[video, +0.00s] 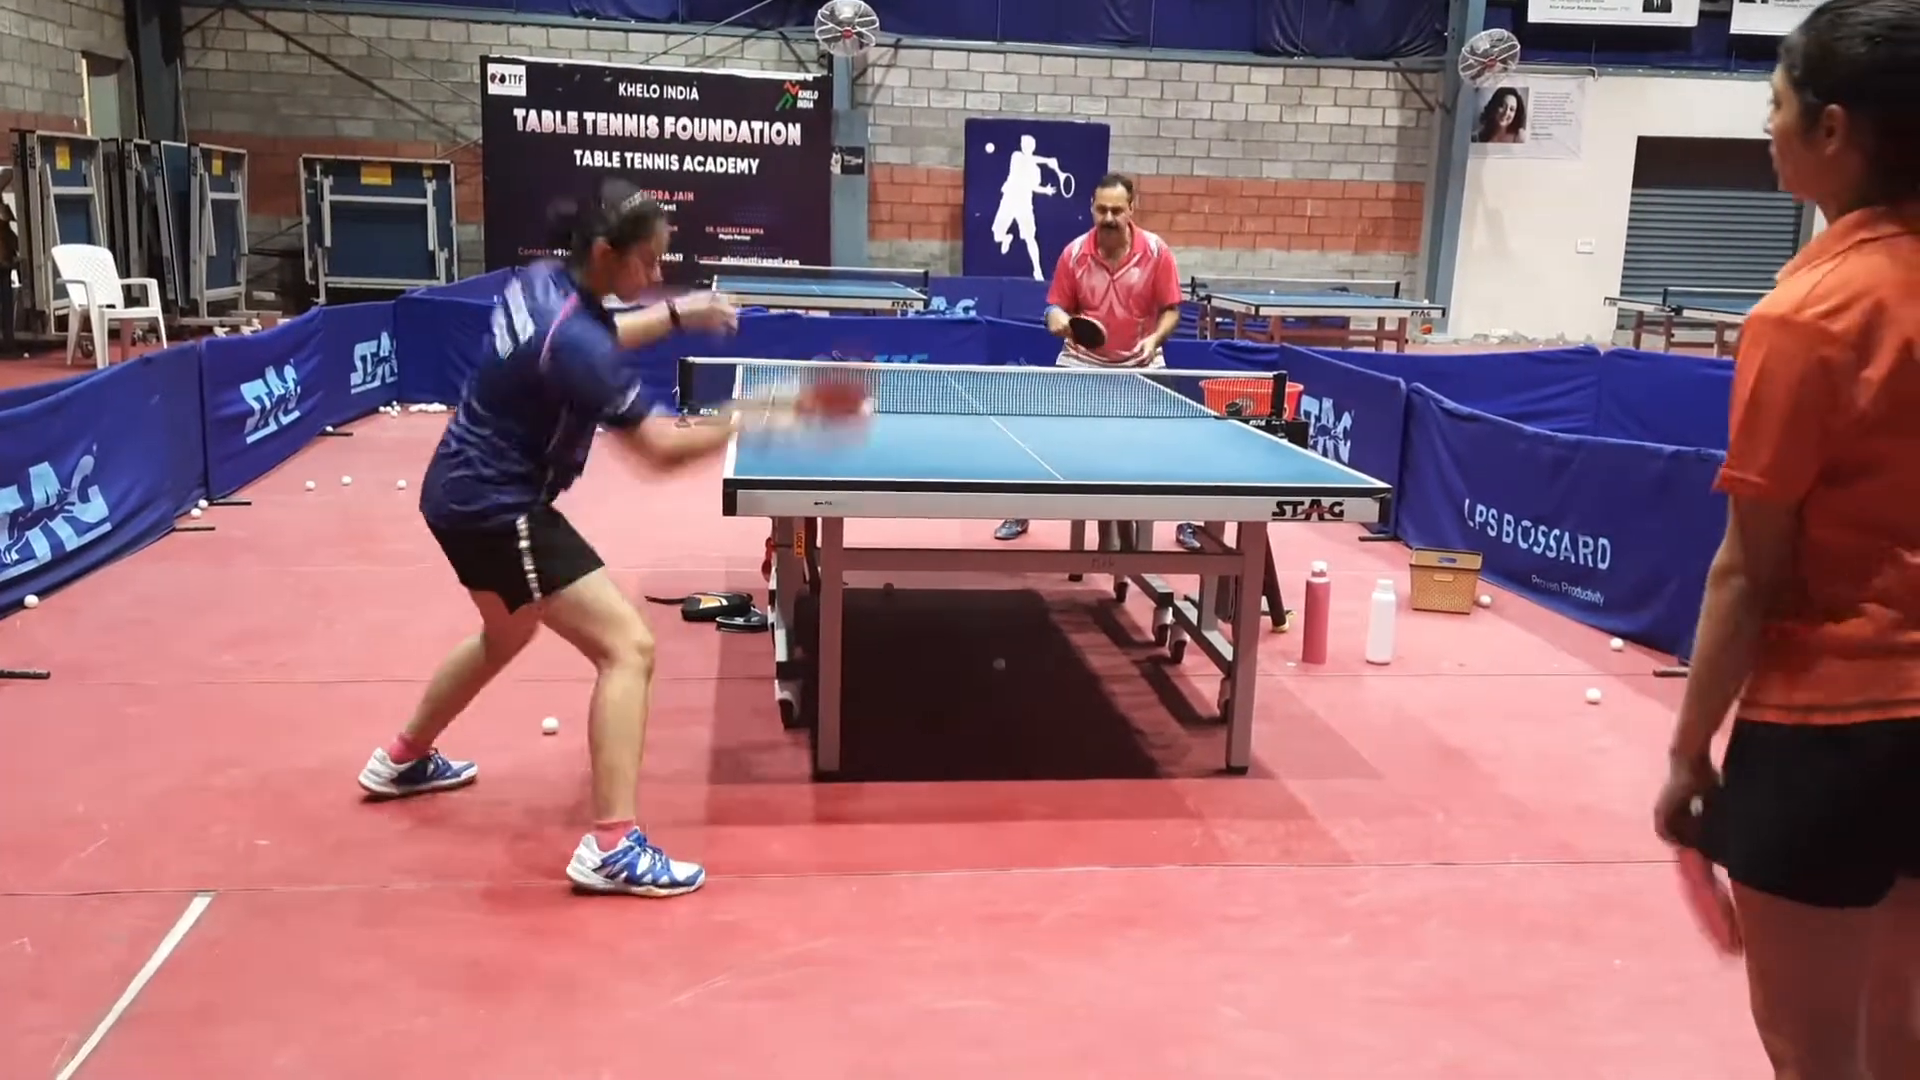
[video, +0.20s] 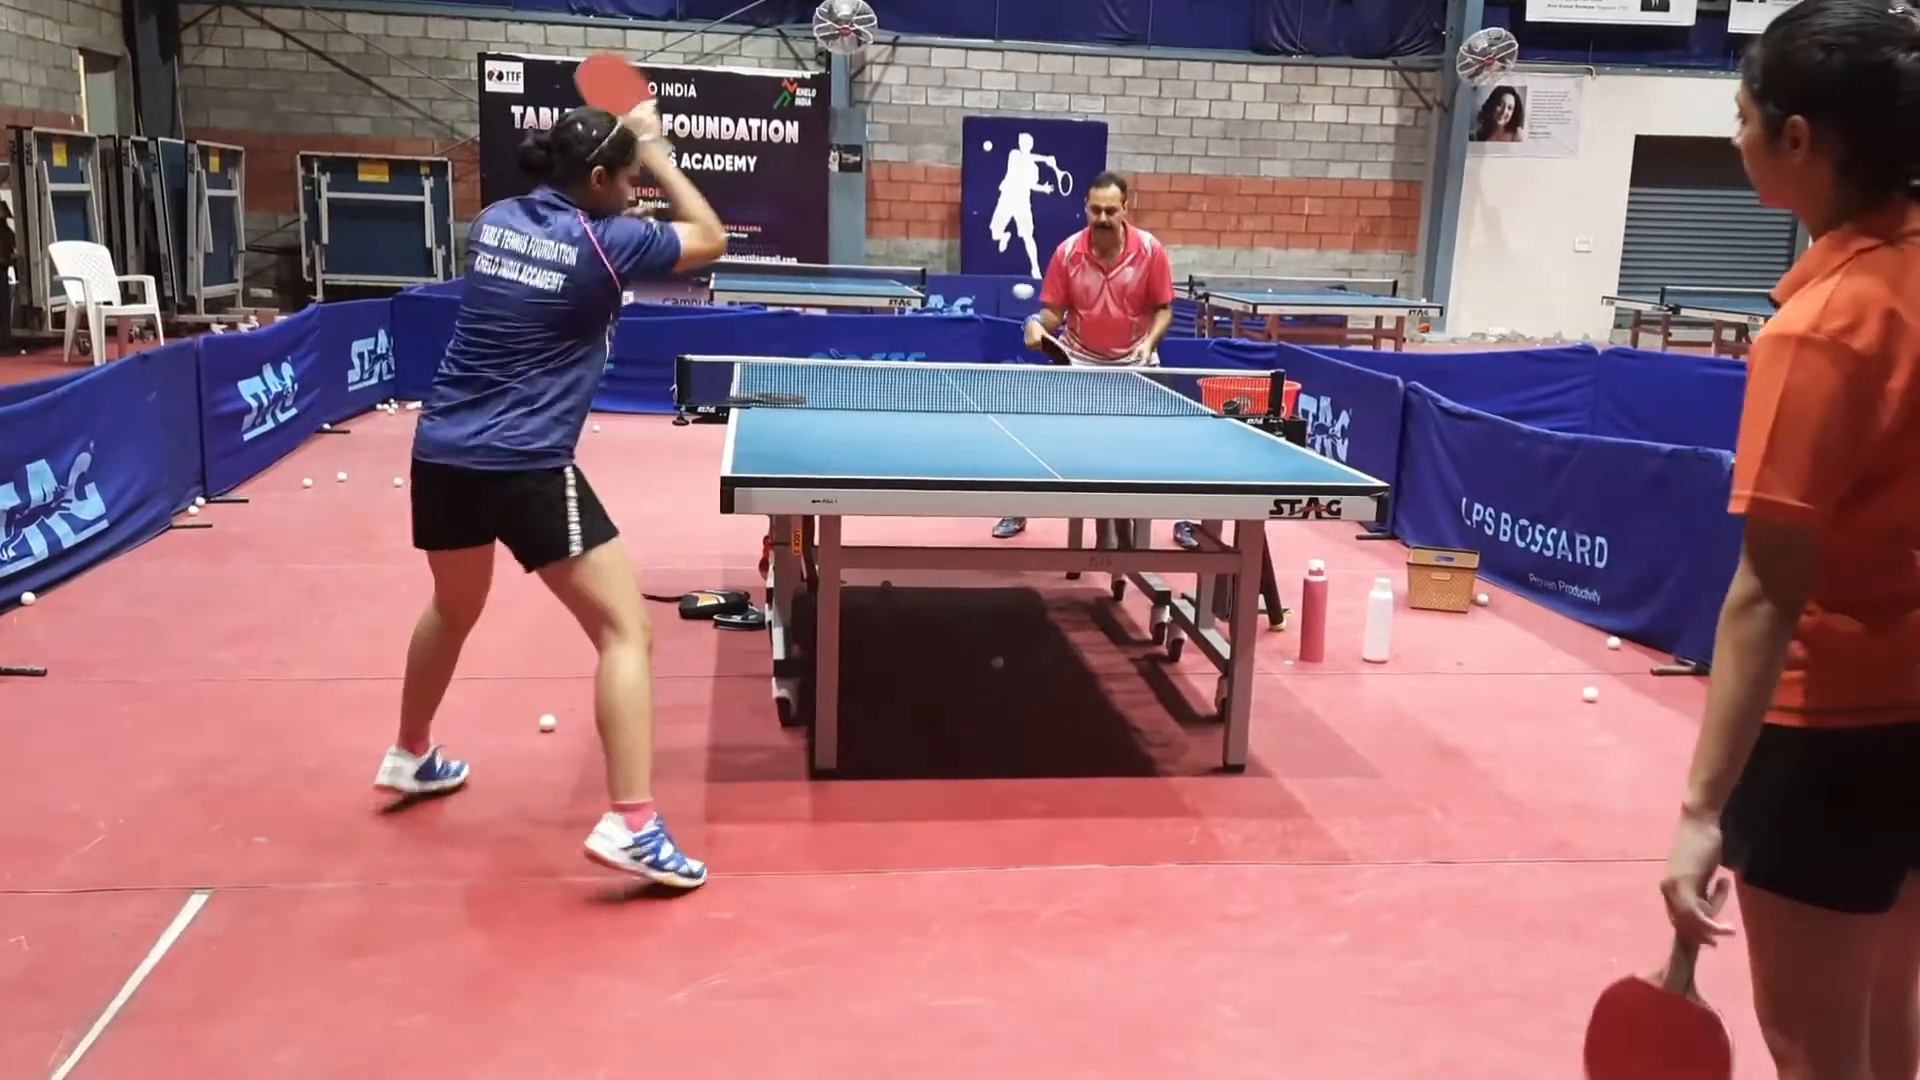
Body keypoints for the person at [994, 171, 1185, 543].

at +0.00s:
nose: (1109, 218)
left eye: (1117, 210)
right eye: (1102, 210)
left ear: (1132, 210)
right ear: (1092, 209)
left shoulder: (1156, 252)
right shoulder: (1074, 253)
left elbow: (1171, 309)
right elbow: (1055, 307)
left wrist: (1154, 338)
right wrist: (1061, 323)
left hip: (1139, 364)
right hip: (1080, 362)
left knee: (1173, 433)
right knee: (1042, 427)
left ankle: (1187, 519)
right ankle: (1020, 510)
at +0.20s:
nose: (1102, 219)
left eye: (1111, 211)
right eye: (1095, 210)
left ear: (1126, 209)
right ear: (1086, 207)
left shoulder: (1150, 251)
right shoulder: (1068, 253)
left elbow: (1165, 308)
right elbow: (1053, 310)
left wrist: (1148, 342)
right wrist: (1038, 323)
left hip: (1135, 362)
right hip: (1076, 358)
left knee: (1167, 431)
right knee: (1038, 424)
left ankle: (1184, 517)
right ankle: (1017, 508)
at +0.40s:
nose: (1107, 230)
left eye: (1114, 223)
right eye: (1100, 222)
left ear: (1126, 215)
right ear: (1088, 214)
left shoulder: (1148, 250)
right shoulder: (1067, 253)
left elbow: (1156, 304)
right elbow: (1053, 312)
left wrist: (1146, 345)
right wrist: (1066, 326)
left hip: (1125, 357)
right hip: (1068, 354)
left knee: (1156, 426)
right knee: (1033, 419)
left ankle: (1184, 514)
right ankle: (1014, 506)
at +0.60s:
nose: (1116, 218)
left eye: (1123, 210)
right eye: (1108, 210)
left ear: (1134, 207)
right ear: (1096, 207)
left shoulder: (1151, 246)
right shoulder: (1075, 247)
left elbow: (1153, 302)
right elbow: (1061, 311)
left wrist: (1142, 349)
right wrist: (1074, 294)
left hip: (1123, 354)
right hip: (1067, 351)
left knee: (1143, 429)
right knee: (1035, 420)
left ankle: (1181, 513)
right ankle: (1013, 505)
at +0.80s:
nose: (1116, 175)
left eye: (1124, 168)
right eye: (1109, 167)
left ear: (1137, 173)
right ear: (1099, 171)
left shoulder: (1158, 225)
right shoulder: (1078, 223)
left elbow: (1164, 287)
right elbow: (1061, 287)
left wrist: (1142, 335)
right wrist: (1069, 289)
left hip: (1133, 347)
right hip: (1075, 344)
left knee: (1146, 434)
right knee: (1038, 418)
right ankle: (1013, 502)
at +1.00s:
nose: (1115, 180)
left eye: (1123, 173)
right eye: (1108, 172)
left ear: (1136, 177)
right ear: (1098, 175)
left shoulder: (1158, 227)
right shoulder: (1077, 226)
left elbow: (1168, 288)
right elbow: (1057, 282)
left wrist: (1145, 332)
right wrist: (1062, 290)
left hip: (1139, 349)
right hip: (1078, 347)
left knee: (1166, 427)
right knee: (1039, 417)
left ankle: (1181, 511)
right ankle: (1013, 501)